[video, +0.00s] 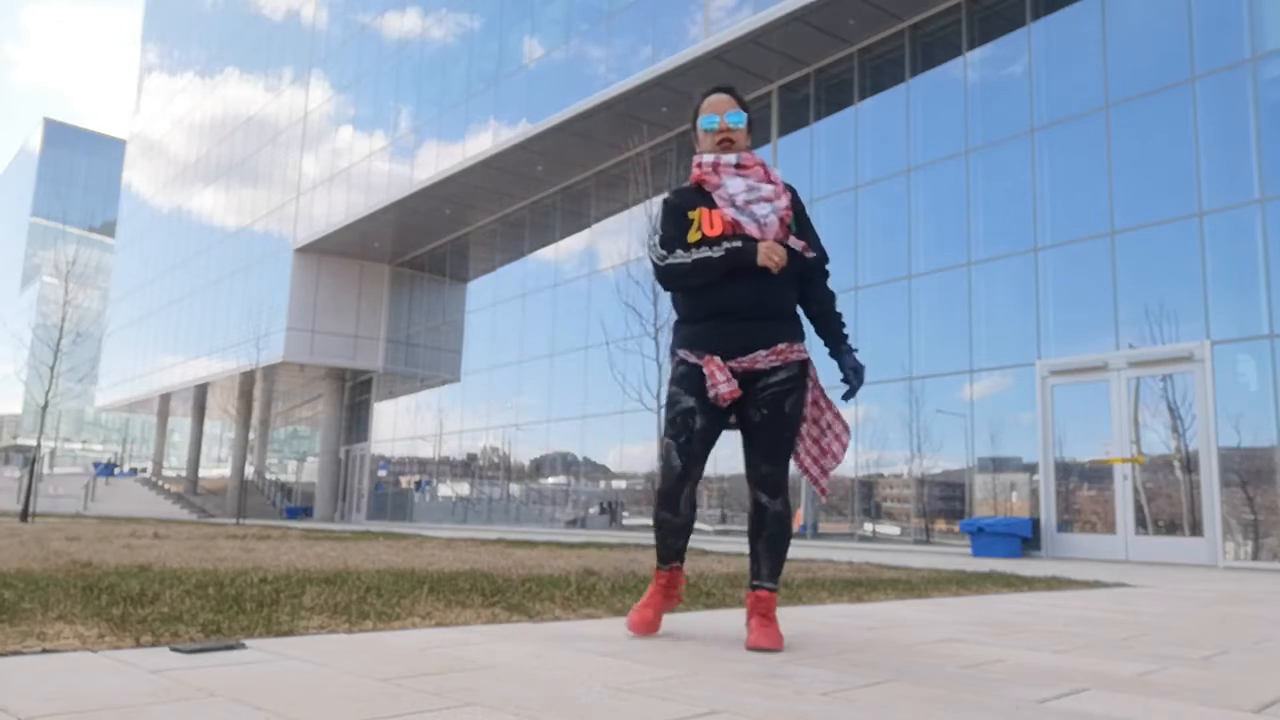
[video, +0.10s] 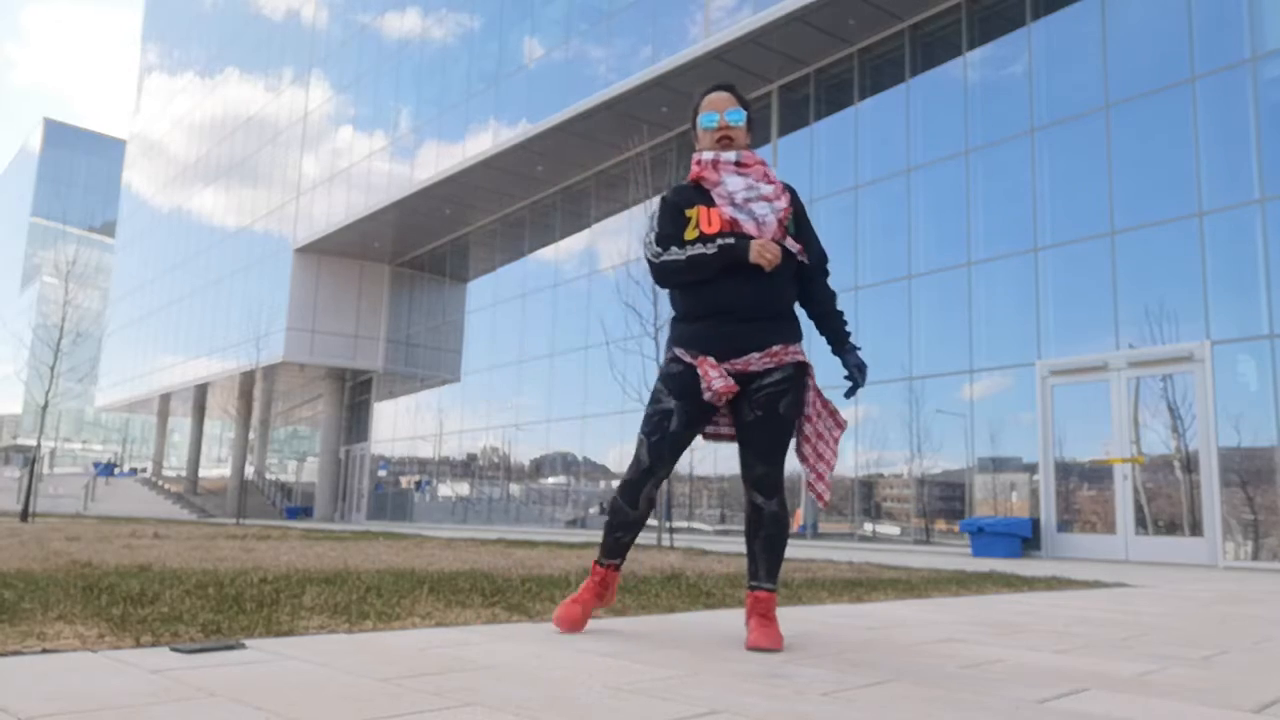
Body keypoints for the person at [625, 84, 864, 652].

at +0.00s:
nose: (723, 129)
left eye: (733, 120)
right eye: (712, 121)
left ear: (750, 130)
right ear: (696, 134)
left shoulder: (781, 199)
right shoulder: (680, 202)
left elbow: (812, 277)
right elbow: (666, 267)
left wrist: (839, 346)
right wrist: (747, 251)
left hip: (774, 357)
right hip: (700, 359)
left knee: (769, 482)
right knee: (675, 471)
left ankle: (762, 604)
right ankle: (666, 580)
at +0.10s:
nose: (723, 127)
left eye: (732, 117)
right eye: (711, 119)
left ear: (750, 127)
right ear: (696, 132)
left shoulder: (781, 200)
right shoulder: (680, 200)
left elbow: (812, 278)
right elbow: (662, 265)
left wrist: (842, 343)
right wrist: (739, 248)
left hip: (771, 357)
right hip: (694, 357)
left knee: (764, 482)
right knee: (648, 464)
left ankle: (762, 606)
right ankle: (602, 578)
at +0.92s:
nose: (736, 132)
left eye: (746, 122)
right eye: (724, 125)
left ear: (764, 129)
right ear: (710, 137)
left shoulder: (804, 199)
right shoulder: (699, 209)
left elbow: (855, 261)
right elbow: (675, 276)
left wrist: (913, 302)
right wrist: (742, 253)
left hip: (787, 362)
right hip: (710, 359)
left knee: (772, 486)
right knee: (667, 462)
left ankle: (762, 609)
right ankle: (628, 570)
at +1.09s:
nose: (743, 132)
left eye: (753, 122)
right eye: (730, 125)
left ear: (770, 132)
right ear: (715, 138)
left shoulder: (808, 201)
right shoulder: (700, 207)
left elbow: (855, 264)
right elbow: (677, 273)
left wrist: (908, 292)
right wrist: (747, 253)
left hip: (794, 355)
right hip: (720, 354)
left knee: (778, 482)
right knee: (734, 452)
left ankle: (763, 607)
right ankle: (707, 573)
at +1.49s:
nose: (710, 150)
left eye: (718, 138)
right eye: (709, 139)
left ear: (753, 134)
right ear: (737, 138)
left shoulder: (816, 199)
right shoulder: (716, 202)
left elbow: (865, 267)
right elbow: (696, 267)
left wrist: (920, 301)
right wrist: (773, 247)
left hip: (795, 360)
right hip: (720, 356)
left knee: (775, 485)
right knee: (661, 438)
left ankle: (761, 609)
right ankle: (643, 564)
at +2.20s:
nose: (714, 141)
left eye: (724, 130)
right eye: (715, 130)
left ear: (760, 133)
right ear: (739, 134)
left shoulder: (819, 202)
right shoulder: (715, 206)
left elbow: (874, 265)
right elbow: (675, 279)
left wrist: (946, 292)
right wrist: (706, 257)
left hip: (795, 362)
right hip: (720, 357)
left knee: (776, 487)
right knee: (702, 456)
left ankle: (761, 609)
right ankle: (660, 563)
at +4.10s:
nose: (760, 125)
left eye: (771, 114)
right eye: (747, 116)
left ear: (787, 124)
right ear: (730, 127)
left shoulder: (814, 194)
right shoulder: (709, 197)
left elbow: (849, 265)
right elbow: (679, 270)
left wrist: (882, 314)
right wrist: (657, 227)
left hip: (793, 351)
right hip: (717, 348)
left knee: (780, 480)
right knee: (685, 457)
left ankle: (764, 607)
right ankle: (677, 575)